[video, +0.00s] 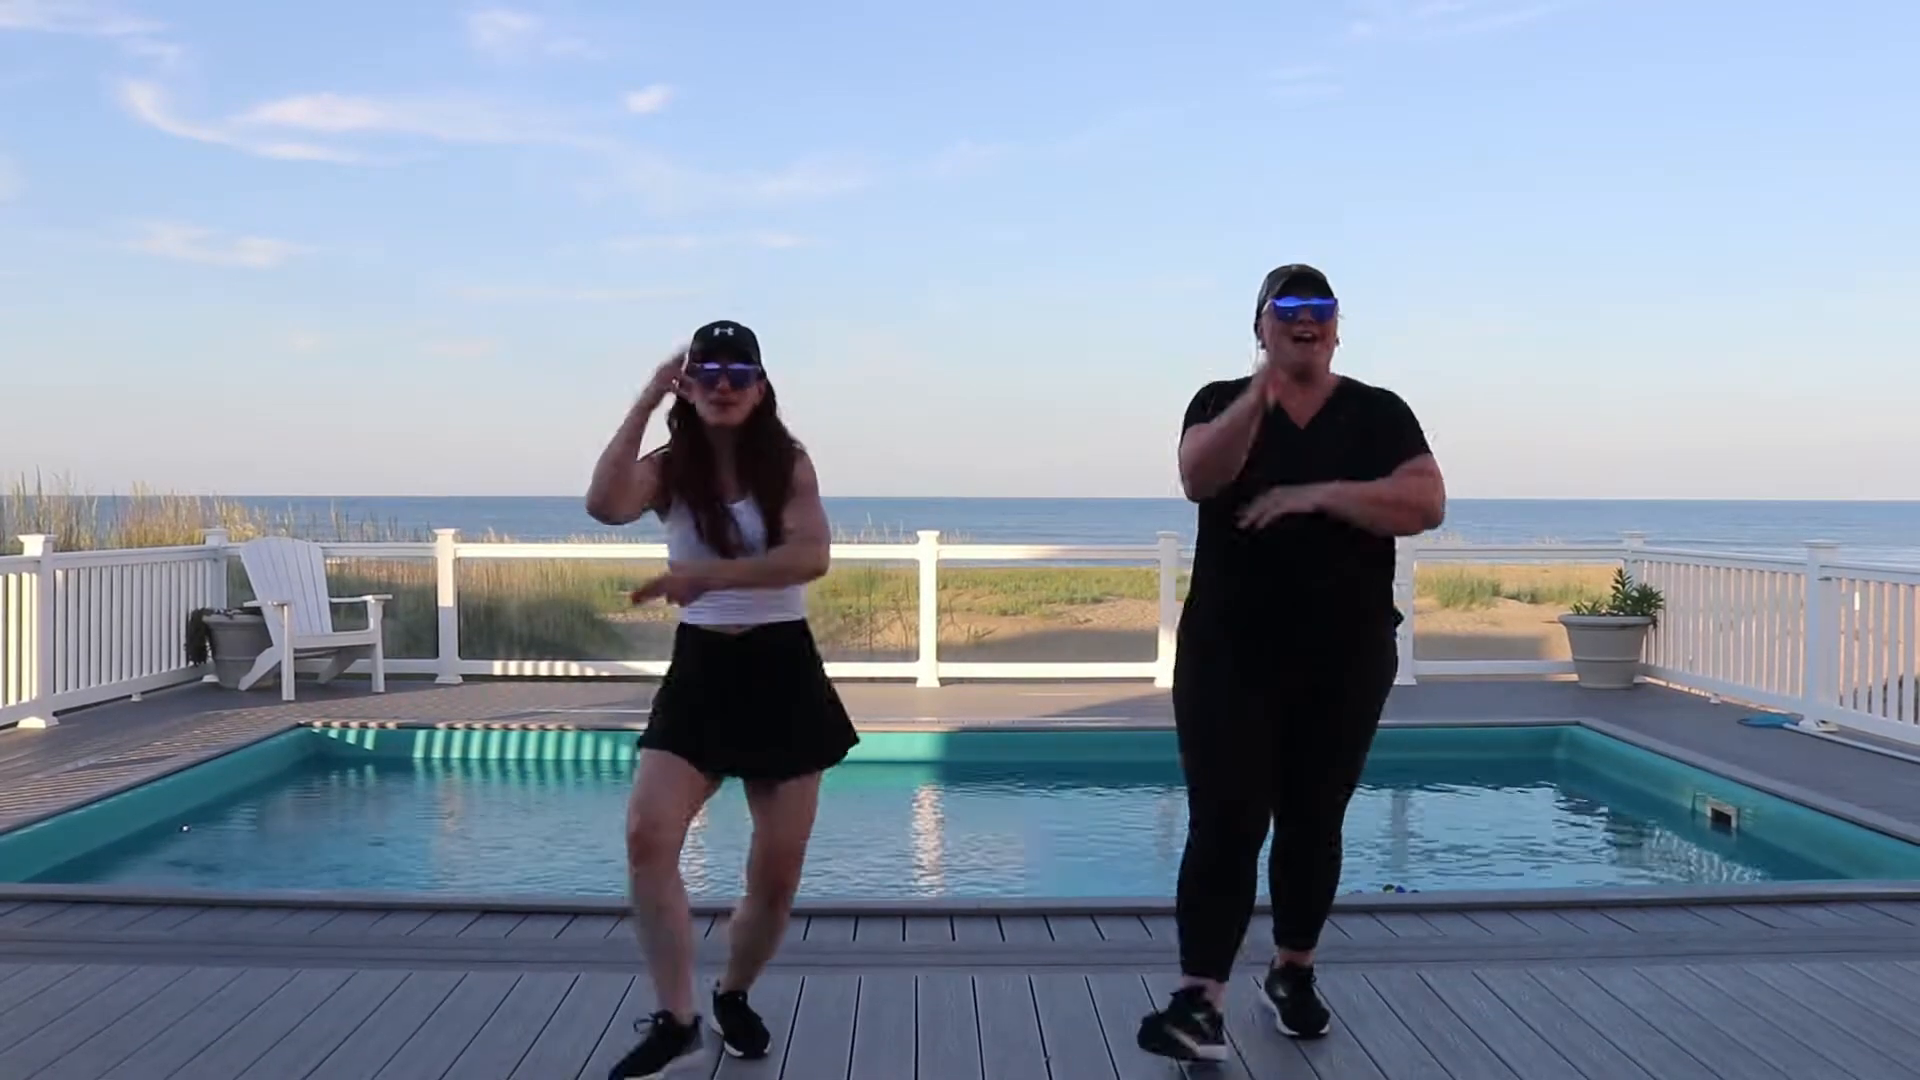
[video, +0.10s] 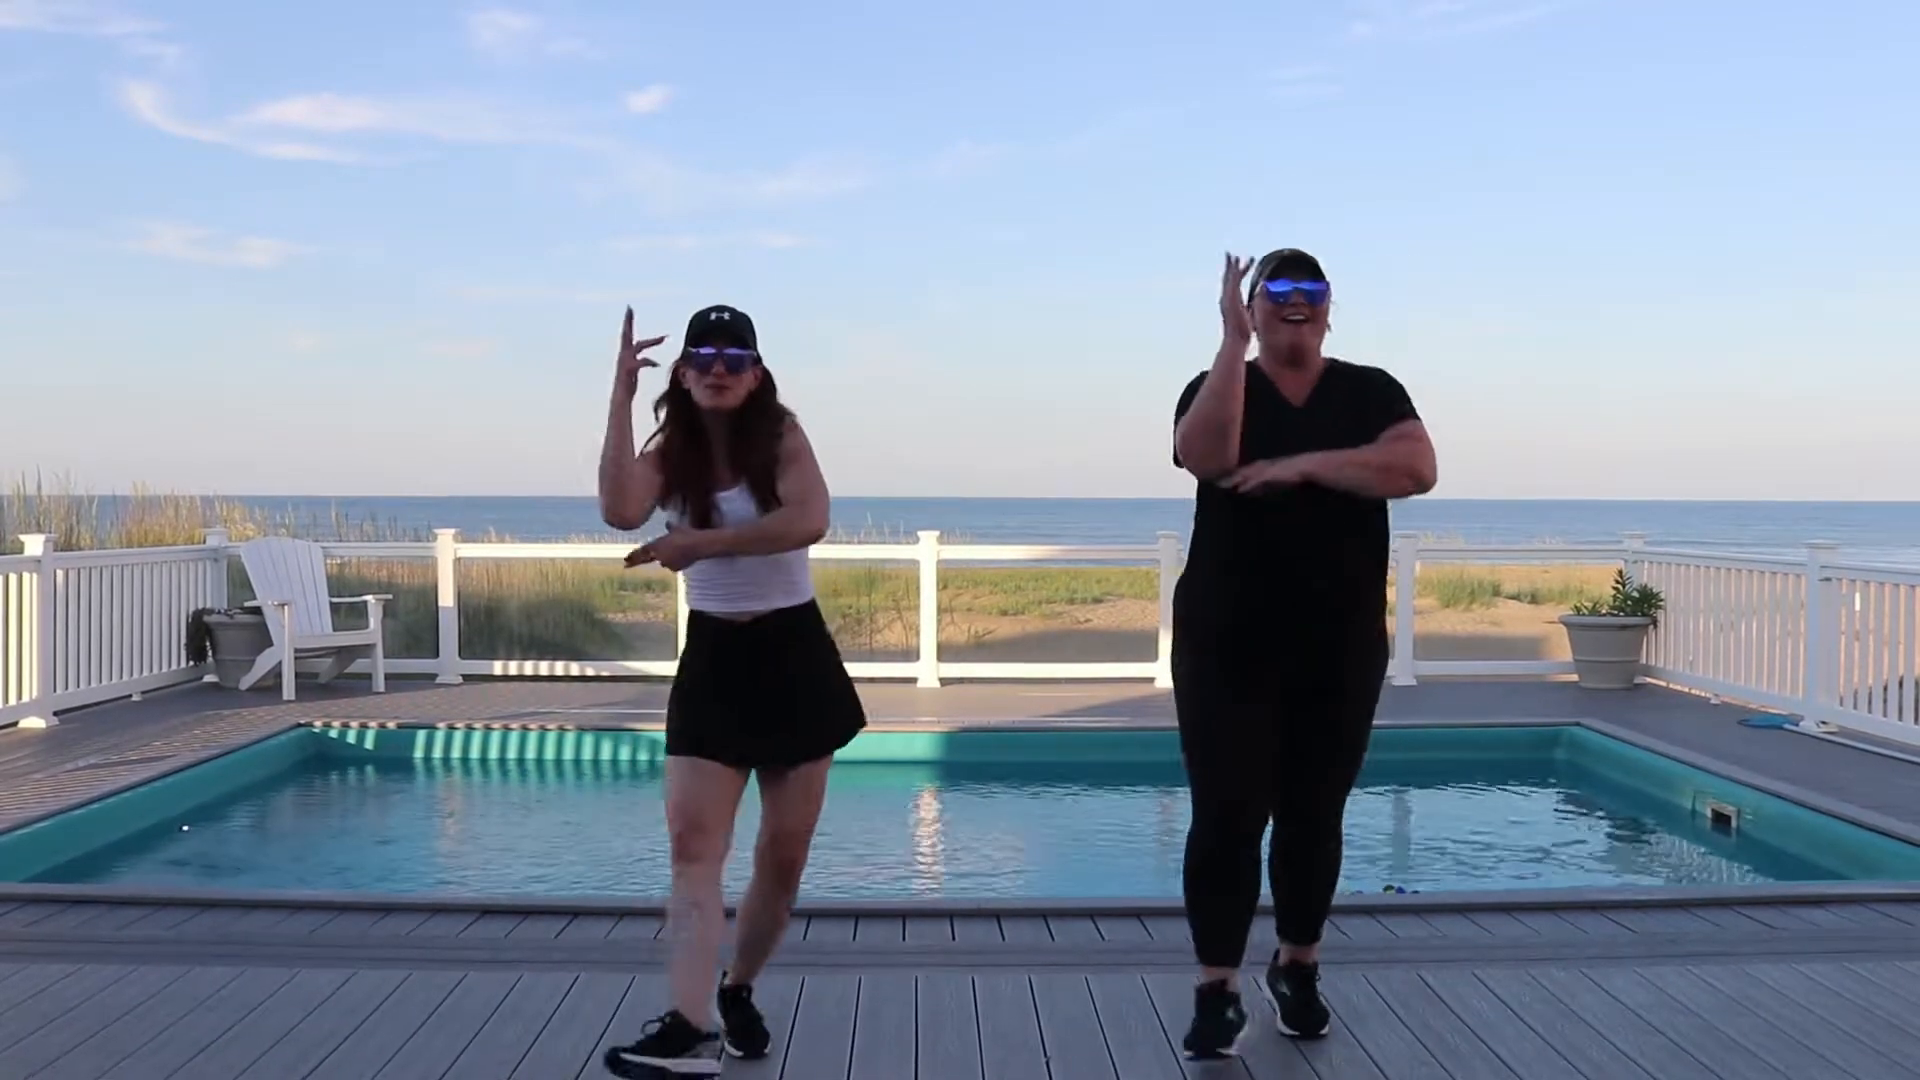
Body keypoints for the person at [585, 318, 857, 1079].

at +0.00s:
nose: (725, 386)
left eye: (740, 375)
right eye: (710, 375)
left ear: (762, 385)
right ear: (687, 386)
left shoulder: (786, 460)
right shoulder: (672, 464)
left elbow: (813, 556)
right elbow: (607, 502)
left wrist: (705, 574)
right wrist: (646, 402)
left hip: (785, 671)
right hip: (702, 670)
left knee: (778, 876)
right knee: (647, 836)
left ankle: (733, 998)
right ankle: (678, 1018)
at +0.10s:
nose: (717, 373)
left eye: (733, 360)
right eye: (702, 360)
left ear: (757, 370)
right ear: (681, 371)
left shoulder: (778, 432)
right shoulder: (672, 442)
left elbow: (810, 518)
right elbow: (620, 509)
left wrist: (708, 542)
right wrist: (622, 405)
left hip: (796, 655)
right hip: (712, 656)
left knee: (784, 856)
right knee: (694, 838)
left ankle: (736, 994)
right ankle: (691, 1021)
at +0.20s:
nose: (713, 367)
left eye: (730, 356)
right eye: (699, 356)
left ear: (754, 367)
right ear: (678, 369)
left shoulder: (780, 431)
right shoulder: (669, 447)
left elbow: (812, 521)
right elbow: (633, 532)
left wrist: (701, 544)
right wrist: (623, 417)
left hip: (806, 651)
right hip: (721, 655)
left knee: (803, 862)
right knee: (709, 845)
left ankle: (748, 977)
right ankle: (736, 1031)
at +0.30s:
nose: (716, 391)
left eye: (732, 379)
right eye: (701, 378)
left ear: (756, 390)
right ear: (679, 391)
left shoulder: (789, 465)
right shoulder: (671, 474)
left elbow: (826, 557)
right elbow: (651, 570)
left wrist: (720, 574)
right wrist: (630, 457)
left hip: (810, 670)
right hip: (724, 677)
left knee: (838, 867)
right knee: (714, 857)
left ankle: (782, 949)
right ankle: (748, 1045)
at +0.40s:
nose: (719, 394)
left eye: (735, 381)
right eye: (704, 381)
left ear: (759, 391)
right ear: (682, 393)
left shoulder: (794, 464)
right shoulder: (674, 479)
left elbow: (829, 558)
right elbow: (656, 575)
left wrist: (718, 582)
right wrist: (636, 465)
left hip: (818, 672)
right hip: (732, 676)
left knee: (831, 862)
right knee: (724, 855)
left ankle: (817, 959)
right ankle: (746, 1041)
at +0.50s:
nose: (722, 384)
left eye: (738, 372)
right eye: (708, 372)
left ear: (761, 383)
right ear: (686, 384)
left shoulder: (789, 447)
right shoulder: (680, 469)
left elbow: (822, 531)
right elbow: (643, 561)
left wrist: (717, 560)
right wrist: (632, 454)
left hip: (825, 655)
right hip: (739, 663)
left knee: (839, 845)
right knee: (729, 838)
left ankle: (820, 959)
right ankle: (748, 1024)